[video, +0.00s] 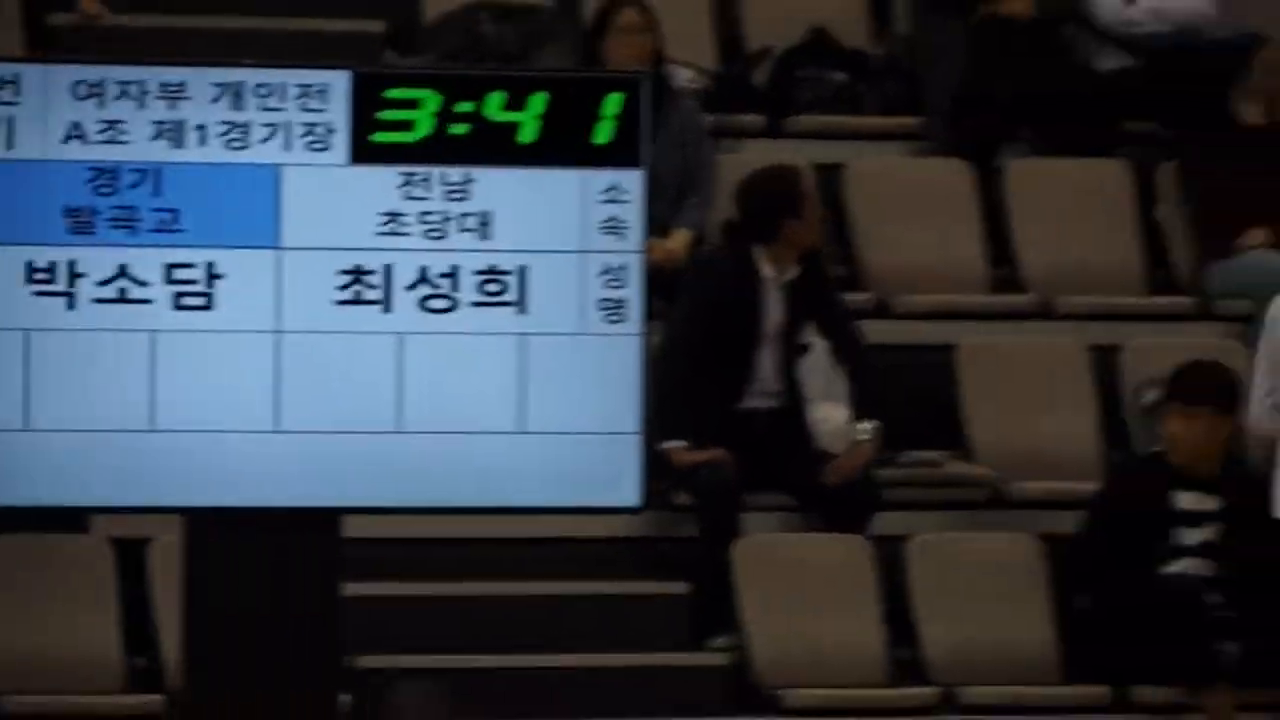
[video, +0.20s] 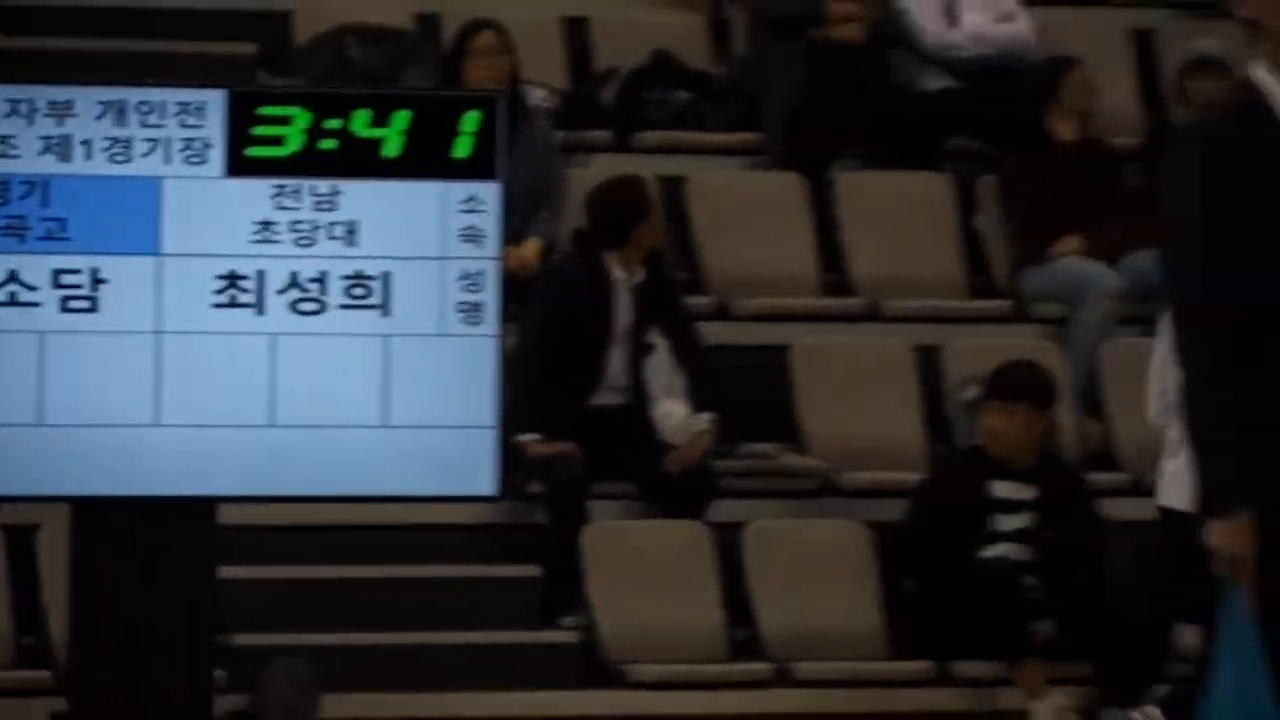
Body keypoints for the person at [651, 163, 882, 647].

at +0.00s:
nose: (818, 221)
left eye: (814, 211)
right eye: (808, 213)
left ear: (790, 224)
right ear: (783, 224)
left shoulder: (810, 277)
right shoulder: (715, 274)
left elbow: (853, 353)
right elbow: (677, 358)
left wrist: (866, 431)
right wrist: (676, 443)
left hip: (785, 428)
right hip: (717, 429)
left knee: (847, 493)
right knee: (718, 491)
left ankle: (839, 623)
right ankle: (716, 622)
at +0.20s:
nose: (660, 228)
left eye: (657, 218)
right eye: (652, 219)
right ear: (632, 228)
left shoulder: (655, 282)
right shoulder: (568, 279)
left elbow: (692, 354)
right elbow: (535, 356)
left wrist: (704, 423)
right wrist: (531, 433)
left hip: (634, 421)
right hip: (571, 421)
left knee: (686, 483)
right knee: (567, 484)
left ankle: (682, 603)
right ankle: (564, 602)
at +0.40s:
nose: (465, 239)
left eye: (463, 231)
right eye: (458, 231)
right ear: (439, 240)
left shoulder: (460, 287)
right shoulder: (383, 283)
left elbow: (490, 352)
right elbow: (355, 352)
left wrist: (504, 414)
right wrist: (349, 423)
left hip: (440, 414)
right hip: (385, 414)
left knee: (489, 470)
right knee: (380, 471)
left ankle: (484, 580)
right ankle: (376, 577)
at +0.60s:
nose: (317, 256)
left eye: (315, 248)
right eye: (311, 249)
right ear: (296, 254)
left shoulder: (315, 296)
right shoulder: (249, 292)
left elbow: (343, 350)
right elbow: (224, 352)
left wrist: (355, 404)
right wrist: (219, 412)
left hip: (297, 405)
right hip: (249, 405)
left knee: (340, 453)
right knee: (246, 457)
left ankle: (333, 547)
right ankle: (244, 547)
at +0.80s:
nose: (228, 270)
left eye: (226, 264)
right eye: (223, 265)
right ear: (212, 271)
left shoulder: (225, 306)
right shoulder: (174, 303)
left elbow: (251, 352)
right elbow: (149, 353)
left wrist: (258, 398)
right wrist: (146, 402)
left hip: (208, 396)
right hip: (169, 396)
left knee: (248, 437)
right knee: (168, 438)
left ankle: (243, 512)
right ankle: (168, 511)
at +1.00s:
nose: (144, 283)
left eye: (144, 276)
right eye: (138, 277)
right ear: (119, 282)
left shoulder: (142, 315)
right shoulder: (91, 311)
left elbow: (165, 355)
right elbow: (76, 355)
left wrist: (172, 395)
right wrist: (76, 397)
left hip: (131, 390)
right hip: (94, 391)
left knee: (163, 425)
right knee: (93, 424)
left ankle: (153, 493)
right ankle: (93, 491)